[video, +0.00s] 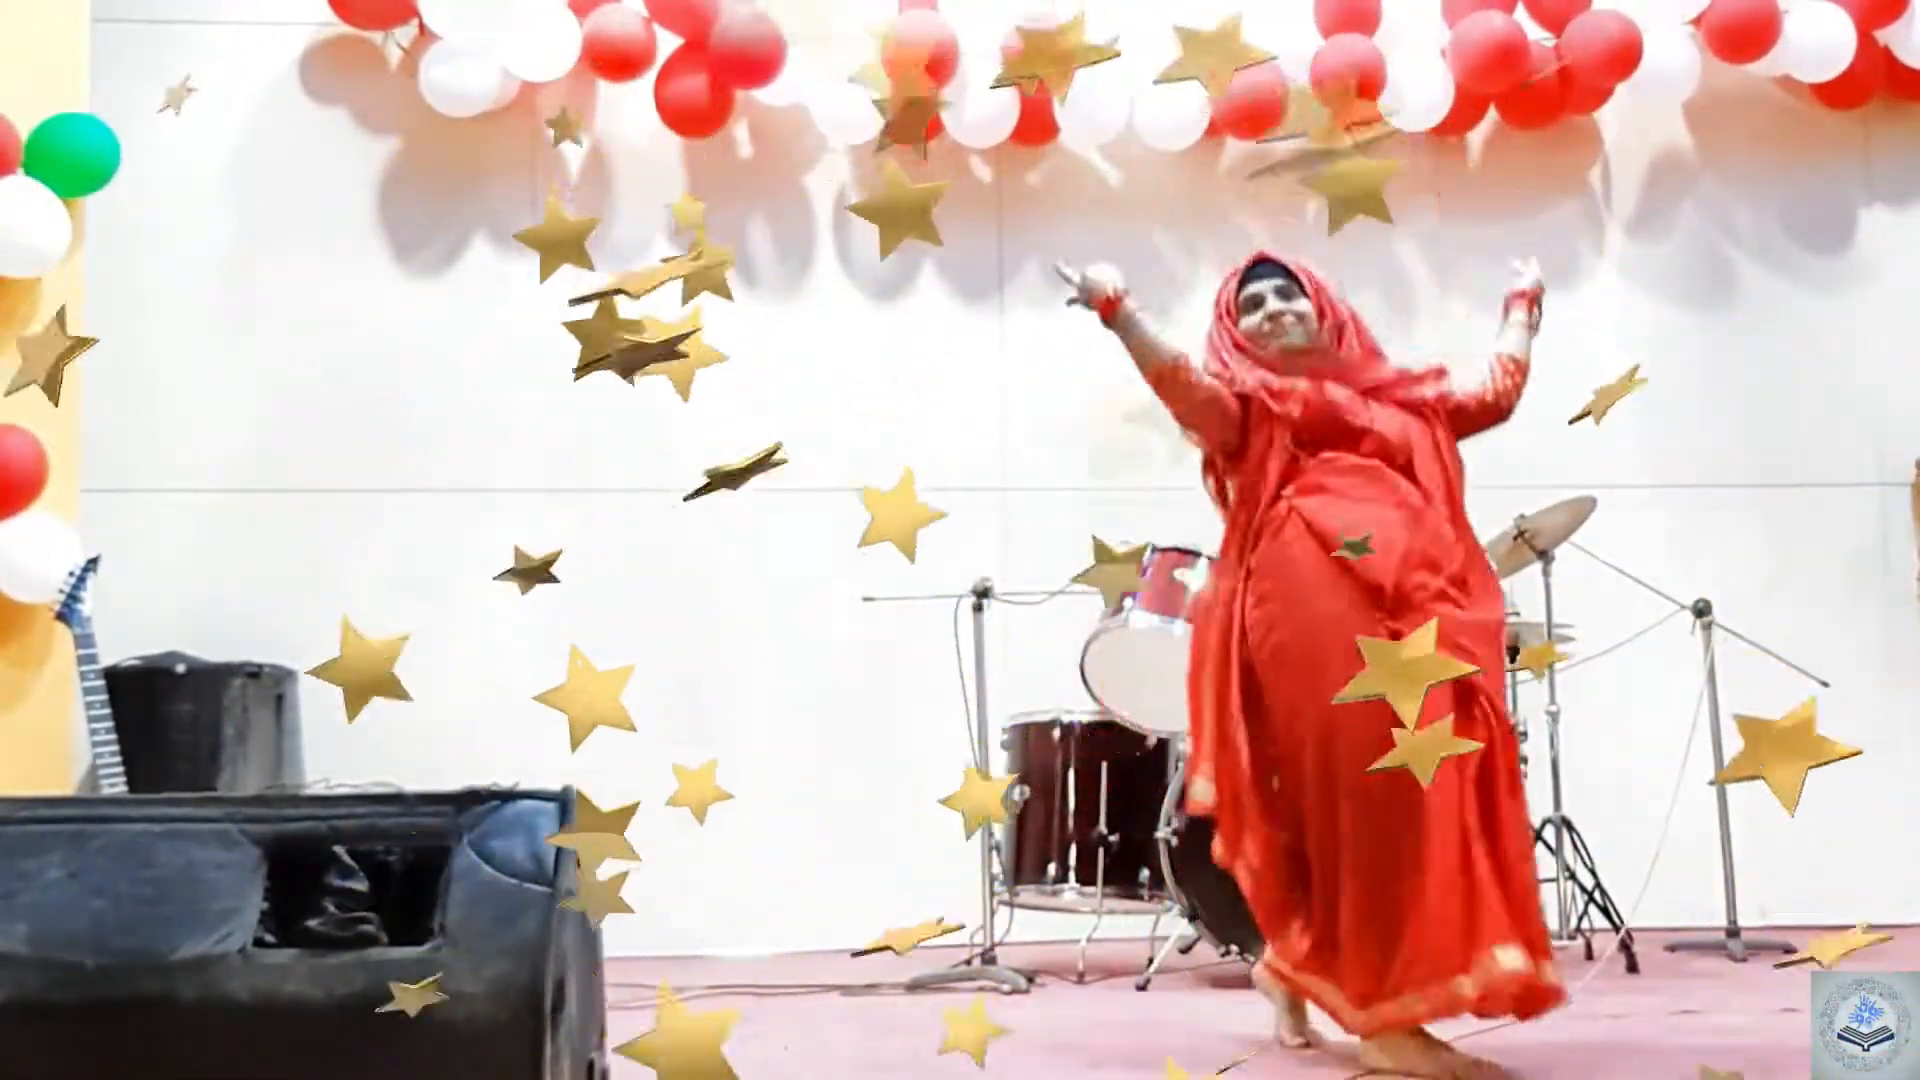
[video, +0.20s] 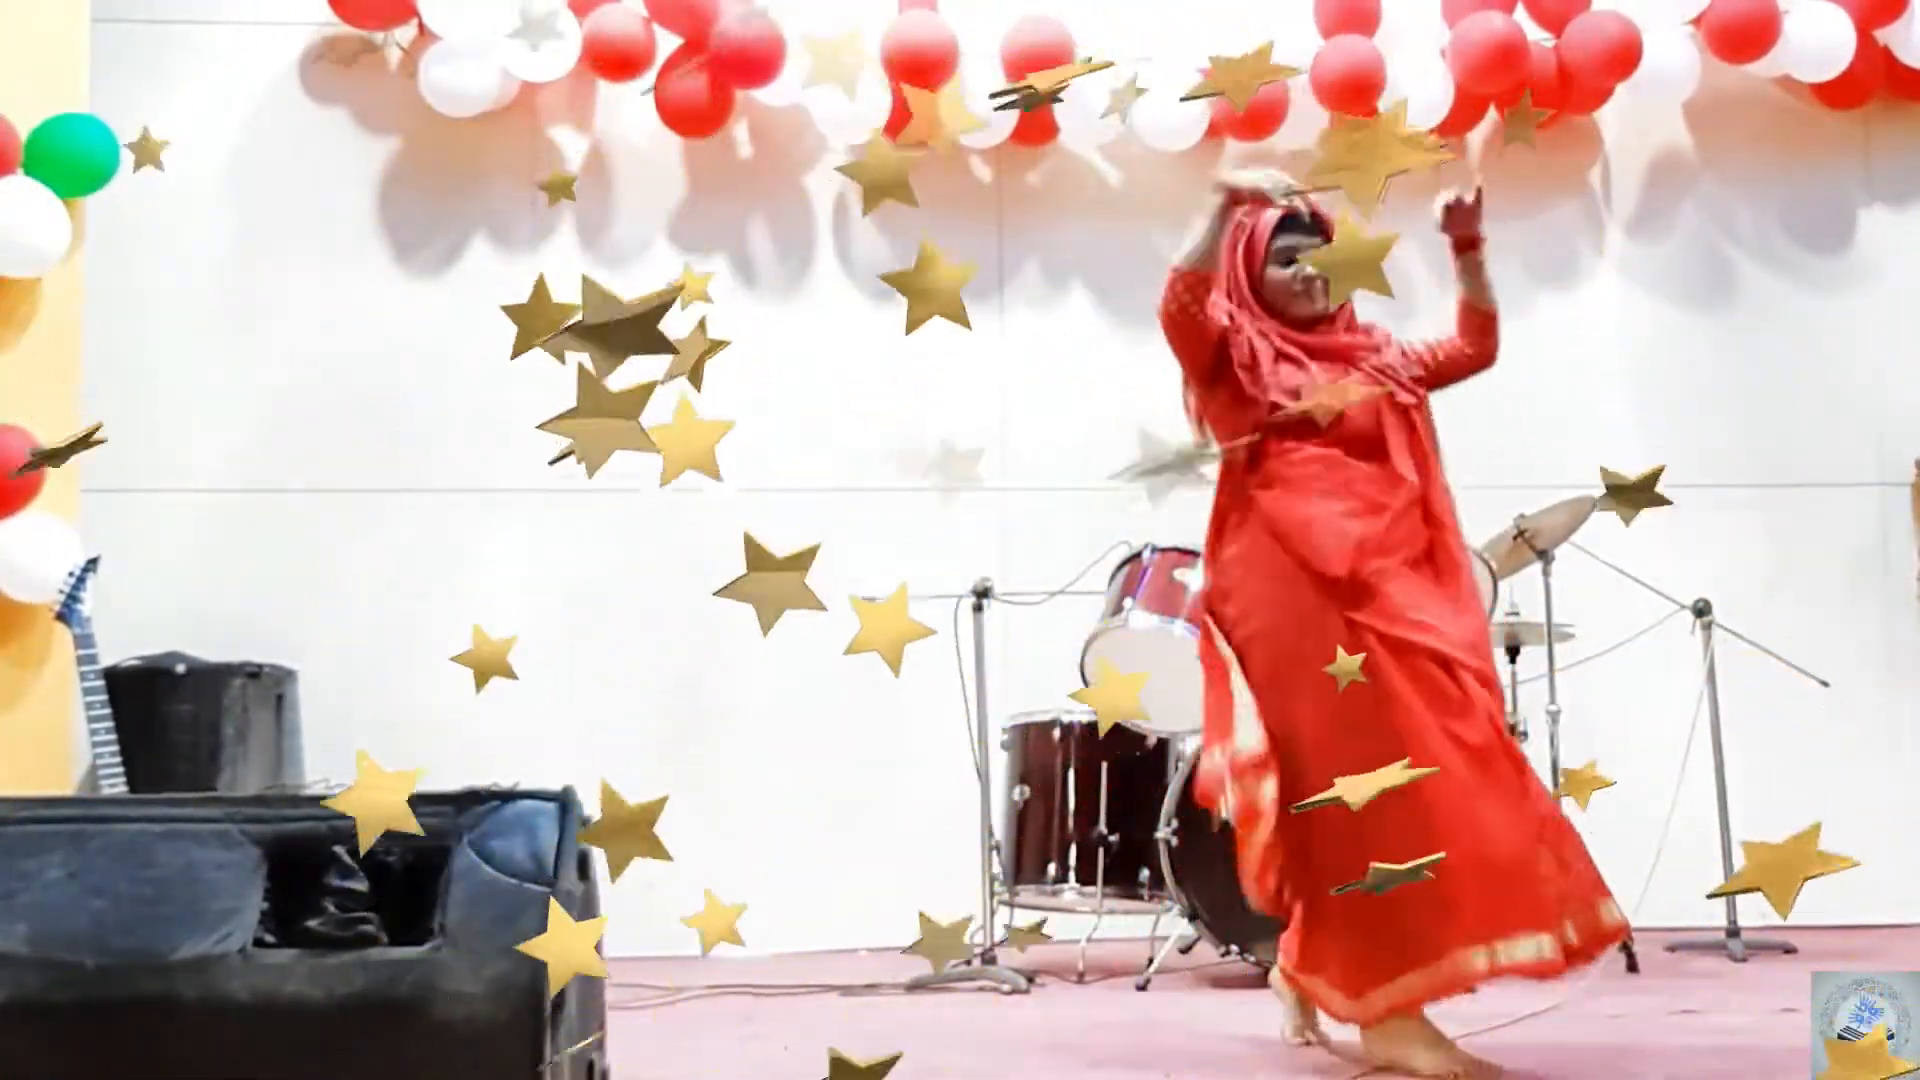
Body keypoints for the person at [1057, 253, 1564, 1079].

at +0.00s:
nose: (1276, 311)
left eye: (1288, 295)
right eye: (1255, 309)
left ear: (1326, 310)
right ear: (1235, 343)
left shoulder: (1402, 397)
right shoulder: (1252, 407)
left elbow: (1498, 392)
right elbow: (1185, 384)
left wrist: (1521, 309)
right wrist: (1121, 313)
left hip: (1419, 606)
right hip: (1310, 607)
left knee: (1401, 801)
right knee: (1373, 798)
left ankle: (1290, 960)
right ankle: (1391, 1026)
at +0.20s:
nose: (1304, 265)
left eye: (1314, 250)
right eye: (1283, 256)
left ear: (1338, 264)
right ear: (1249, 281)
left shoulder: (1379, 358)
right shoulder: (1240, 362)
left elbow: (1475, 349)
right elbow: (1188, 300)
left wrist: (1467, 251)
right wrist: (1224, 205)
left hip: (1384, 590)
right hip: (1291, 594)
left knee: (1389, 783)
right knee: (1370, 786)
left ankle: (1304, 957)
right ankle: (1394, 1017)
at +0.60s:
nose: (1274, 309)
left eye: (1289, 291)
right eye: (1255, 290)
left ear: (1308, 298)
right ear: (1222, 290)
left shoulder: (1304, 380)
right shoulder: (1164, 352)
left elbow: (1367, 484)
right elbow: (1110, 453)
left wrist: (1439, 549)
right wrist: (1125, 507)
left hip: (1277, 598)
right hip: (1173, 598)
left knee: (1353, 752)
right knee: (1204, 775)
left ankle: (1308, 975)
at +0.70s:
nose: (1248, 316)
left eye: (1264, 298)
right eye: (1230, 298)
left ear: (1287, 304)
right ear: (1200, 298)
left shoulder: (1298, 388)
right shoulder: (1147, 362)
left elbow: (1373, 492)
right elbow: (1077, 449)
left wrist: (1462, 545)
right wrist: (1042, 502)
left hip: (1250, 608)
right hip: (1144, 610)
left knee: (1275, 781)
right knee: (1146, 793)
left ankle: (1267, 984)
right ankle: (1134, 991)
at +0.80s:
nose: (1223, 347)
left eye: (1238, 330)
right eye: (1206, 330)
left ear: (1260, 336)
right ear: (1178, 331)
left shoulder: (1270, 425)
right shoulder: (1124, 403)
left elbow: (1350, 516)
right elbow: (1050, 504)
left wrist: (1450, 526)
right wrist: (998, 546)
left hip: (1219, 656)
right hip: (1111, 662)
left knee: (1267, 792)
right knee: (1118, 833)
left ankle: (1266, 986)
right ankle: (1126, 1002)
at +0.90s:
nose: (1201, 356)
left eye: (1215, 339)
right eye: (1183, 339)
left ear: (1234, 348)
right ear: (1154, 343)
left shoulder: (1255, 449)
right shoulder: (1101, 434)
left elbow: (1333, 520)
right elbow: (1024, 535)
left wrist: (1428, 516)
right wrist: (966, 540)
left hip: (1191, 682)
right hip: (1086, 681)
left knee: (1242, 820)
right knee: (1087, 840)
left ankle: (1257, 998)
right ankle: (1094, 1002)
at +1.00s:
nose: (1194, 302)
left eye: (1208, 286)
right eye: (1175, 287)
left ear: (1228, 300)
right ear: (1146, 301)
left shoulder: (1251, 403)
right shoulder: (1100, 392)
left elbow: (1323, 467)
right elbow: (1008, 472)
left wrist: (1404, 494)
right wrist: (958, 466)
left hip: (1199, 635)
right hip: (1091, 632)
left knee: (1209, 792)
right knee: (1083, 798)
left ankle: (1233, 984)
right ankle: (1083, 991)